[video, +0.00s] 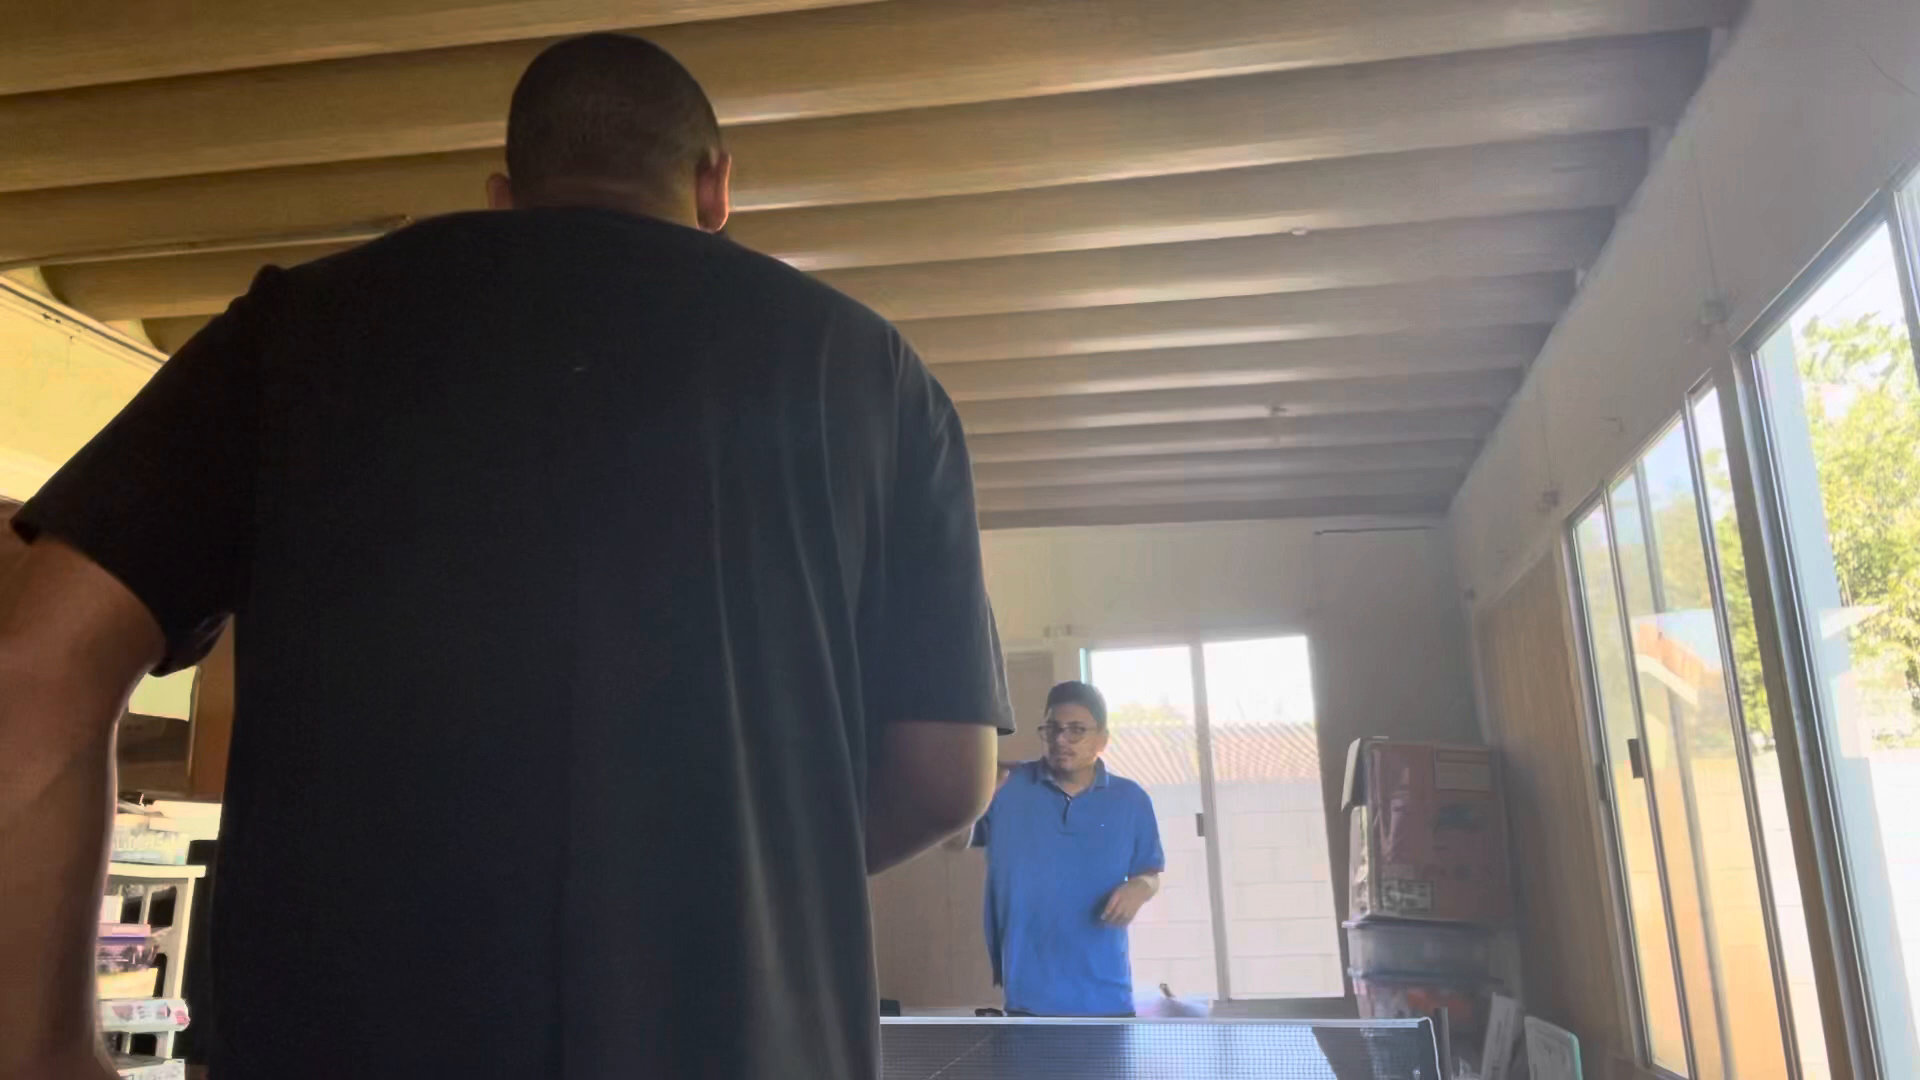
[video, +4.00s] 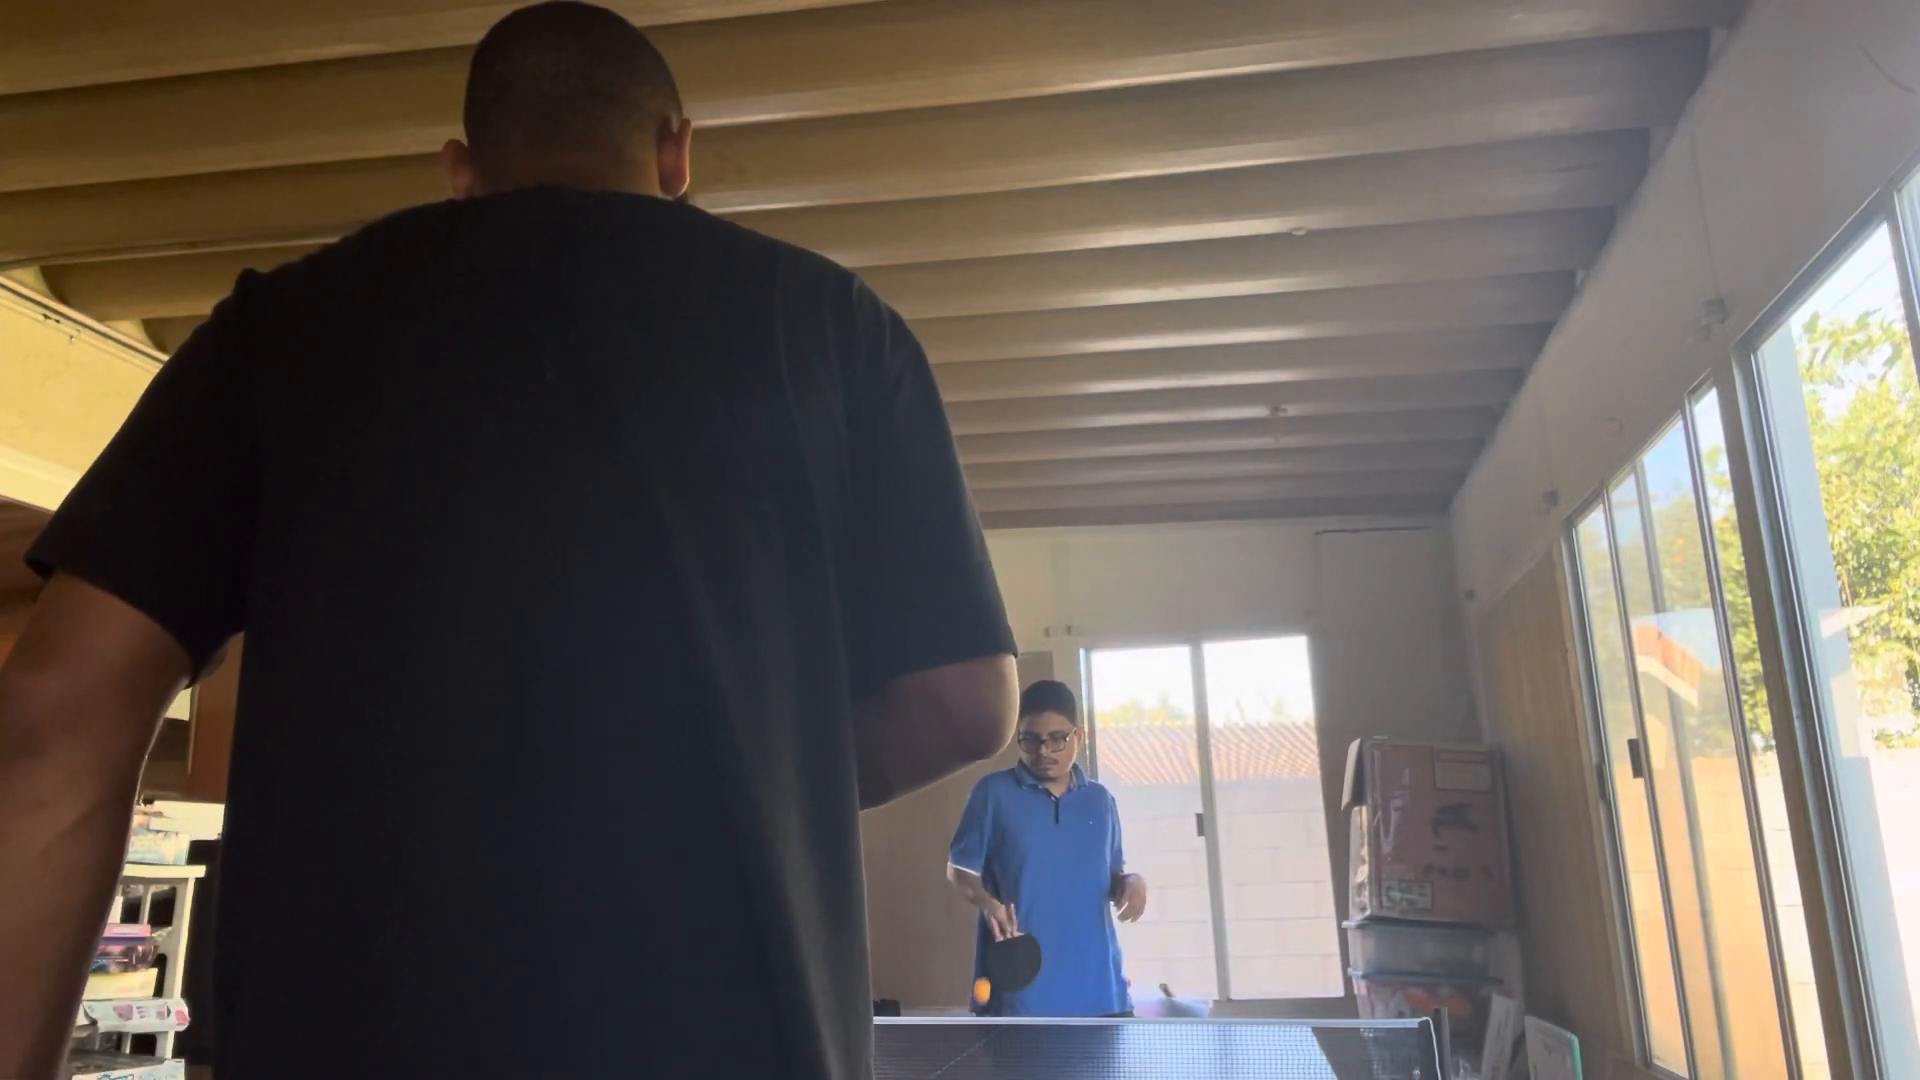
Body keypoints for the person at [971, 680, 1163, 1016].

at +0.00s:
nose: (1061, 740)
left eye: (1077, 730)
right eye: (1053, 728)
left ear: (1101, 741)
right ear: (1042, 733)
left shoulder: (1129, 800)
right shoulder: (1008, 789)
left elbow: (1150, 873)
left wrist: (1139, 888)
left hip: (1104, 990)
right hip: (1027, 988)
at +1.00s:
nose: (1061, 727)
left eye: (1075, 718)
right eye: (1051, 718)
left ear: (1096, 733)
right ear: (1039, 729)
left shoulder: (1126, 795)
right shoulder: (1012, 796)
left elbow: (1150, 864)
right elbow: (973, 879)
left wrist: (1148, 877)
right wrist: (985, 852)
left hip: (1117, 986)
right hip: (1045, 989)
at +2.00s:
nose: (1042, 740)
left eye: (1055, 728)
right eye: (1033, 729)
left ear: (1082, 736)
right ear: (1022, 735)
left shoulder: (1115, 795)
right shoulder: (1000, 803)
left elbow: (1142, 862)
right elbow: (965, 867)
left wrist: (1137, 877)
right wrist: (935, 852)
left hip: (1108, 987)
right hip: (1036, 992)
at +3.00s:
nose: (1041, 746)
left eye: (1054, 734)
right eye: (1031, 735)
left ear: (1080, 738)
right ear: (1019, 738)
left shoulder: (1114, 794)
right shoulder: (999, 805)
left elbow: (1140, 861)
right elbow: (969, 879)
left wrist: (1136, 877)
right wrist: (947, 889)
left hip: (1109, 988)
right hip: (1037, 993)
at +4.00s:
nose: (1044, 751)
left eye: (1057, 738)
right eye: (1031, 739)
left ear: (1078, 738)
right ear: (1017, 738)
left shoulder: (1100, 801)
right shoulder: (994, 794)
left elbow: (1111, 879)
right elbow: (959, 870)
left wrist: (1133, 882)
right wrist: (988, 903)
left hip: (1097, 993)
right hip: (1022, 996)